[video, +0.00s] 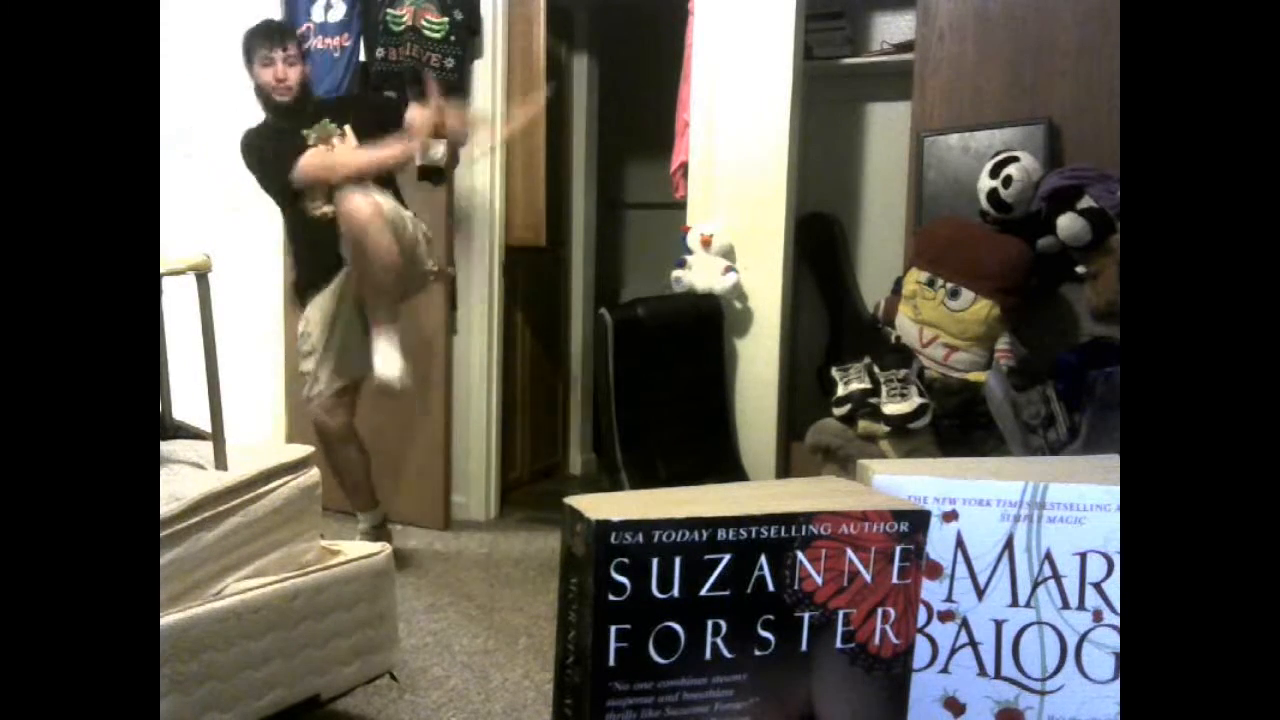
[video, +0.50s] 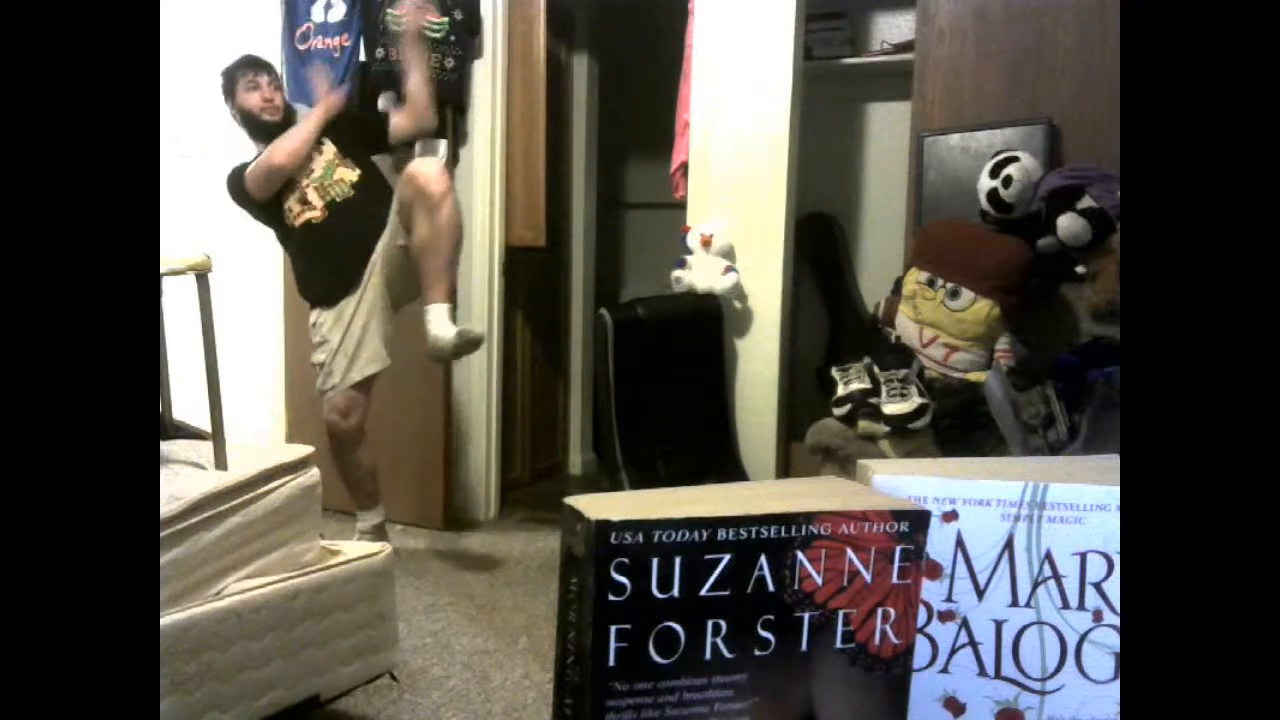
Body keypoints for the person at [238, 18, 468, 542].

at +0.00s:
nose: (282, 74)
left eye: (290, 61)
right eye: (269, 64)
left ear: (305, 64)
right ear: (252, 73)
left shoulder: (353, 108)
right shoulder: (259, 142)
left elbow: (425, 119)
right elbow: (322, 169)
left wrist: (446, 120)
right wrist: (408, 143)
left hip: (391, 256)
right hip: (328, 285)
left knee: (357, 203)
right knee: (329, 418)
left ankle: (382, 329)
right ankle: (374, 525)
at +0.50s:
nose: (265, 90)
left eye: (269, 81)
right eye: (250, 87)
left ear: (282, 89)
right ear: (236, 108)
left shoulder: (335, 124)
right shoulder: (244, 180)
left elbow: (420, 117)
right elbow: (279, 166)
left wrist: (412, 39)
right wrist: (322, 110)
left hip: (390, 253)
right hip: (337, 302)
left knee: (427, 175)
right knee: (342, 420)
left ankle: (440, 323)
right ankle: (372, 526)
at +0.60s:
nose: (252, 99)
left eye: (254, 88)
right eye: (239, 99)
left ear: (270, 91)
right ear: (229, 121)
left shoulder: (330, 125)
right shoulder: (246, 179)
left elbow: (410, 149)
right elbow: (283, 152)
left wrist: (363, 81)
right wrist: (320, 104)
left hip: (394, 253)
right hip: (340, 302)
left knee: (431, 164)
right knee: (343, 419)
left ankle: (448, 313)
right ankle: (372, 527)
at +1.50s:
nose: (245, 114)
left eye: (250, 100)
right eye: (234, 111)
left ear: (272, 96)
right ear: (232, 125)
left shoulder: (312, 123)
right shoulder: (282, 188)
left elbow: (313, 147)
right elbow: (297, 284)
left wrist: (297, 179)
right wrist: (258, 354)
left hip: (412, 260)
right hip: (356, 292)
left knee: (320, 234)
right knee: (296, 387)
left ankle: (329, 369)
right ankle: (350, 500)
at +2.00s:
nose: (237, 146)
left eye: (243, 130)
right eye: (225, 140)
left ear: (266, 127)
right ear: (219, 151)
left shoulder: (305, 150)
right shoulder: (272, 228)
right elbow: (283, 303)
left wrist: (326, 236)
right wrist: (244, 372)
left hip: (397, 293)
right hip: (350, 312)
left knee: (277, 318)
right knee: (305, 421)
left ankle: (295, 421)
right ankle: (369, 512)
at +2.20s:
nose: (214, 178)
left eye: (217, 163)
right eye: (207, 168)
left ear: (240, 149)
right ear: (209, 167)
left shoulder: (301, 185)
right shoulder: (253, 225)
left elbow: (322, 289)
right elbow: (267, 310)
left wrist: (263, 289)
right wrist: (242, 389)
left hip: (399, 288)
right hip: (356, 302)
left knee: (280, 331)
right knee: (290, 412)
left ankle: (303, 429)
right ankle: (371, 513)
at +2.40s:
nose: (220, 258)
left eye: (223, 241)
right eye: (210, 247)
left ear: (242, 222)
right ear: (202, 243)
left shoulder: (299, 238)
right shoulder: (237, 269)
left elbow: (379, 316)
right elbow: (248, 341)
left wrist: (337, 386)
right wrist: (228, 406)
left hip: (381, 326)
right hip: (327, 331)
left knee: (264, 394)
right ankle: (363, 508)